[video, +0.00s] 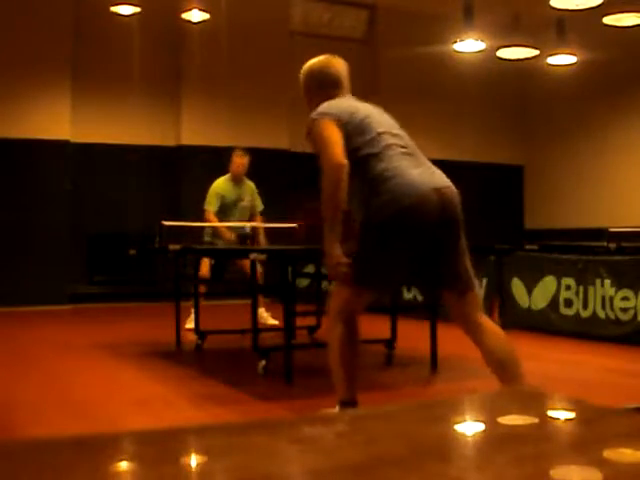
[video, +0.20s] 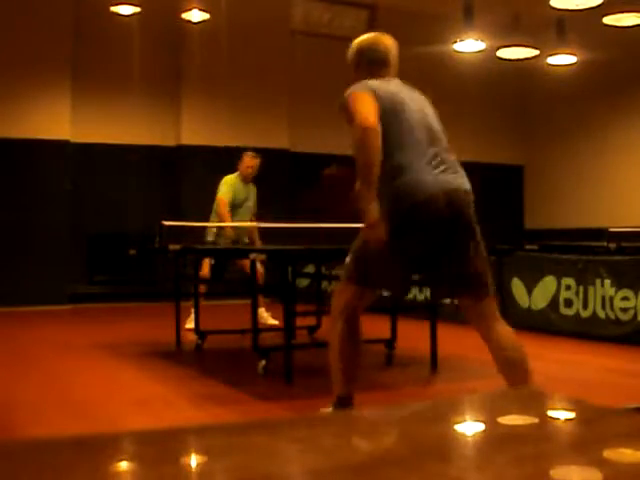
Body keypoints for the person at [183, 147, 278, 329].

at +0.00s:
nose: (239, 169)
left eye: (242, 165)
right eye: (236, 164)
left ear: (247, 167)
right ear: (230, 165)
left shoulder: (250, 187)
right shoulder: (219, 185)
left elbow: (257, 216)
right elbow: (209, 214)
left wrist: (261, 240)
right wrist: (224, 232)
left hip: (240, 239)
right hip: (216, 239)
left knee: (256, 271)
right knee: (204, 273)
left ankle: (260, 310)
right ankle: (194, 312)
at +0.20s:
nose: (250, 170)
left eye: (253, 167)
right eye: (247, 166)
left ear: (256, 170)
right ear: (240, 166)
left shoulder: (252, 189)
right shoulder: (228, 181)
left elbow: (251, 219)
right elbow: (222, 206)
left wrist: (256, 243)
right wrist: (228, 229)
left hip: (240, 237)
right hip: (219, 237)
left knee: (257, 270)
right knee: (205, 273)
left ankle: (260, 310)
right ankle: (194, 313)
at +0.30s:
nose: (253, 168)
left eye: (256, 166)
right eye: (251, 164)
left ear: (259, 169)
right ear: (243, 163)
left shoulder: (253, 190)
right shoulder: (229, 177)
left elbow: (252, 220)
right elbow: (224, 181)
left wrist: (257, 242)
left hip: (242, 240)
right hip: (220, 238)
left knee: (258, 272)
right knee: (206, 273)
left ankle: (260, 310)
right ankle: (195, 313)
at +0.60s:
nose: (244, 164)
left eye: (247, 161)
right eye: (241, 160)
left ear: (250, 165)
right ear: (233, 160)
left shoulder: (251, 189)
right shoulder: (219, 180)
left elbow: (262, 213)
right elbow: (201, 199)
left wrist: (272, 230)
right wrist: (212, 192)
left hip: (242, 240)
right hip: (217, 238)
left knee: (258, 272)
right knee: (203, 273)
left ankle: (261, 311)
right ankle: (185, 306)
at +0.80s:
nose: (224, 164)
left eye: (227, 160)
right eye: (221, 159)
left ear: (229, 163)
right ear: (211, 160)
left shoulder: (231, 187)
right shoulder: (198, 181)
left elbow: (248, 211)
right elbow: (189, 205)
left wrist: (264, 212)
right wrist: (211, 207)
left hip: (227, 241)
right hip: (202, 240)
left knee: (244, 274)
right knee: (191, 279)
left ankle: (257, 310)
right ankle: (182, 312)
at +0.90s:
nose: (216, 159)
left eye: (218, 156)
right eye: (212, 155)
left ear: (220, 159)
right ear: (202, 158)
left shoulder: (222, 182)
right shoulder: (191, 178)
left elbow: (236, 205)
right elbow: (185, 205)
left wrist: (255, 213)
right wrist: (208, 205)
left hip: (218, 238)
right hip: (195, 238)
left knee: (236, 273)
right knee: (189, 279)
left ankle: (246, 308)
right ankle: (182, 312)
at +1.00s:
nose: (210, 155)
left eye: (212, 152)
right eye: (207, 152)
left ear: (215, 154)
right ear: (198, 154)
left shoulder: (218, 178)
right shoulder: (187, 176)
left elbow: (231, 200)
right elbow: (182, 203)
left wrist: (248, 216)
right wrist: (205, 205)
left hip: (214, 235)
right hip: (192, 235)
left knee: (220, 271)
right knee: (188, 275)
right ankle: (182, 309)